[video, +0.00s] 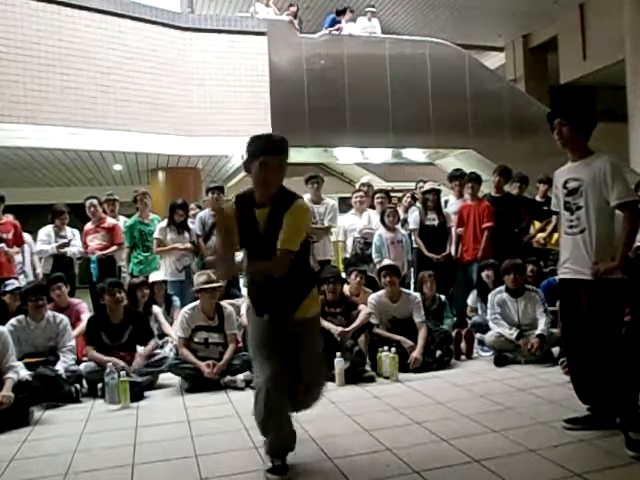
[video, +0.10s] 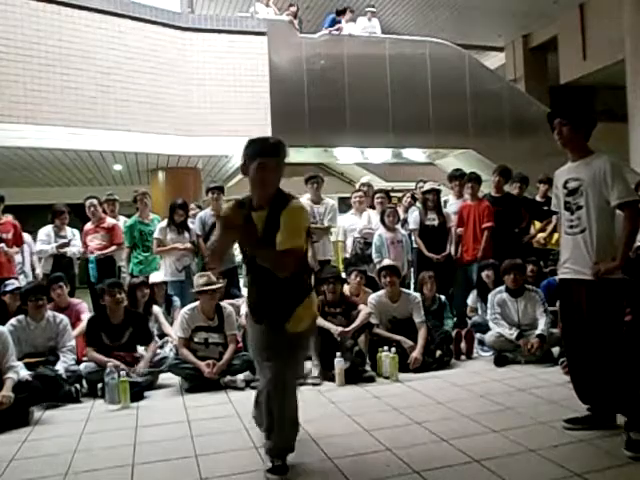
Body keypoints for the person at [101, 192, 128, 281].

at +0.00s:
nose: (111, 207)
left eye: (113, 204)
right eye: (108, 204)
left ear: (118, 205)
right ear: (104, 206)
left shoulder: (126, 222)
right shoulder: (101, 223)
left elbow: (130, 240)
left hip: (122, 260)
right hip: (106, 260)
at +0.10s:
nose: (111, 207)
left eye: (113, 204)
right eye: (108, 204)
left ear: (118, 205)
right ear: (104, 206)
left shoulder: (126, 222)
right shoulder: (102, 223)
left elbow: (130, 240)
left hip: (122, 260)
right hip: (106, 260)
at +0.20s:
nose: (111, 207)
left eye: (113, 204)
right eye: (108, 204)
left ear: (118, 205)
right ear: (104, 206)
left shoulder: (126, 222)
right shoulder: (101, 223)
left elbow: (130, 240)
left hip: (122, 260)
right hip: (106, 259)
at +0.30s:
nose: (111, 207)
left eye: (114, 204)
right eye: (108, 204)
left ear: (118, 205)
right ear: (104, 206)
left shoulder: (126, 222)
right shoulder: (101, 222)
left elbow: (130, 241)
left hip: (122, 260)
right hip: (106, 259)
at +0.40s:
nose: (111, 207)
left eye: (114, 204)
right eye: (108, 204)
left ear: (118, 205)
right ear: (104, 206)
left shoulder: (126, 222)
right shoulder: (101, 222)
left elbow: (130, 241)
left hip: (122, 261)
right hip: (106, 260)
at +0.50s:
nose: (111, 207)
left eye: (114, 204)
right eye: (108, 204)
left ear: (118, 205)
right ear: (104, 206)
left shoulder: (126, 222)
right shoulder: (101, 222)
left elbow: (130, 241)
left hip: (122, 261)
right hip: (106, 260)